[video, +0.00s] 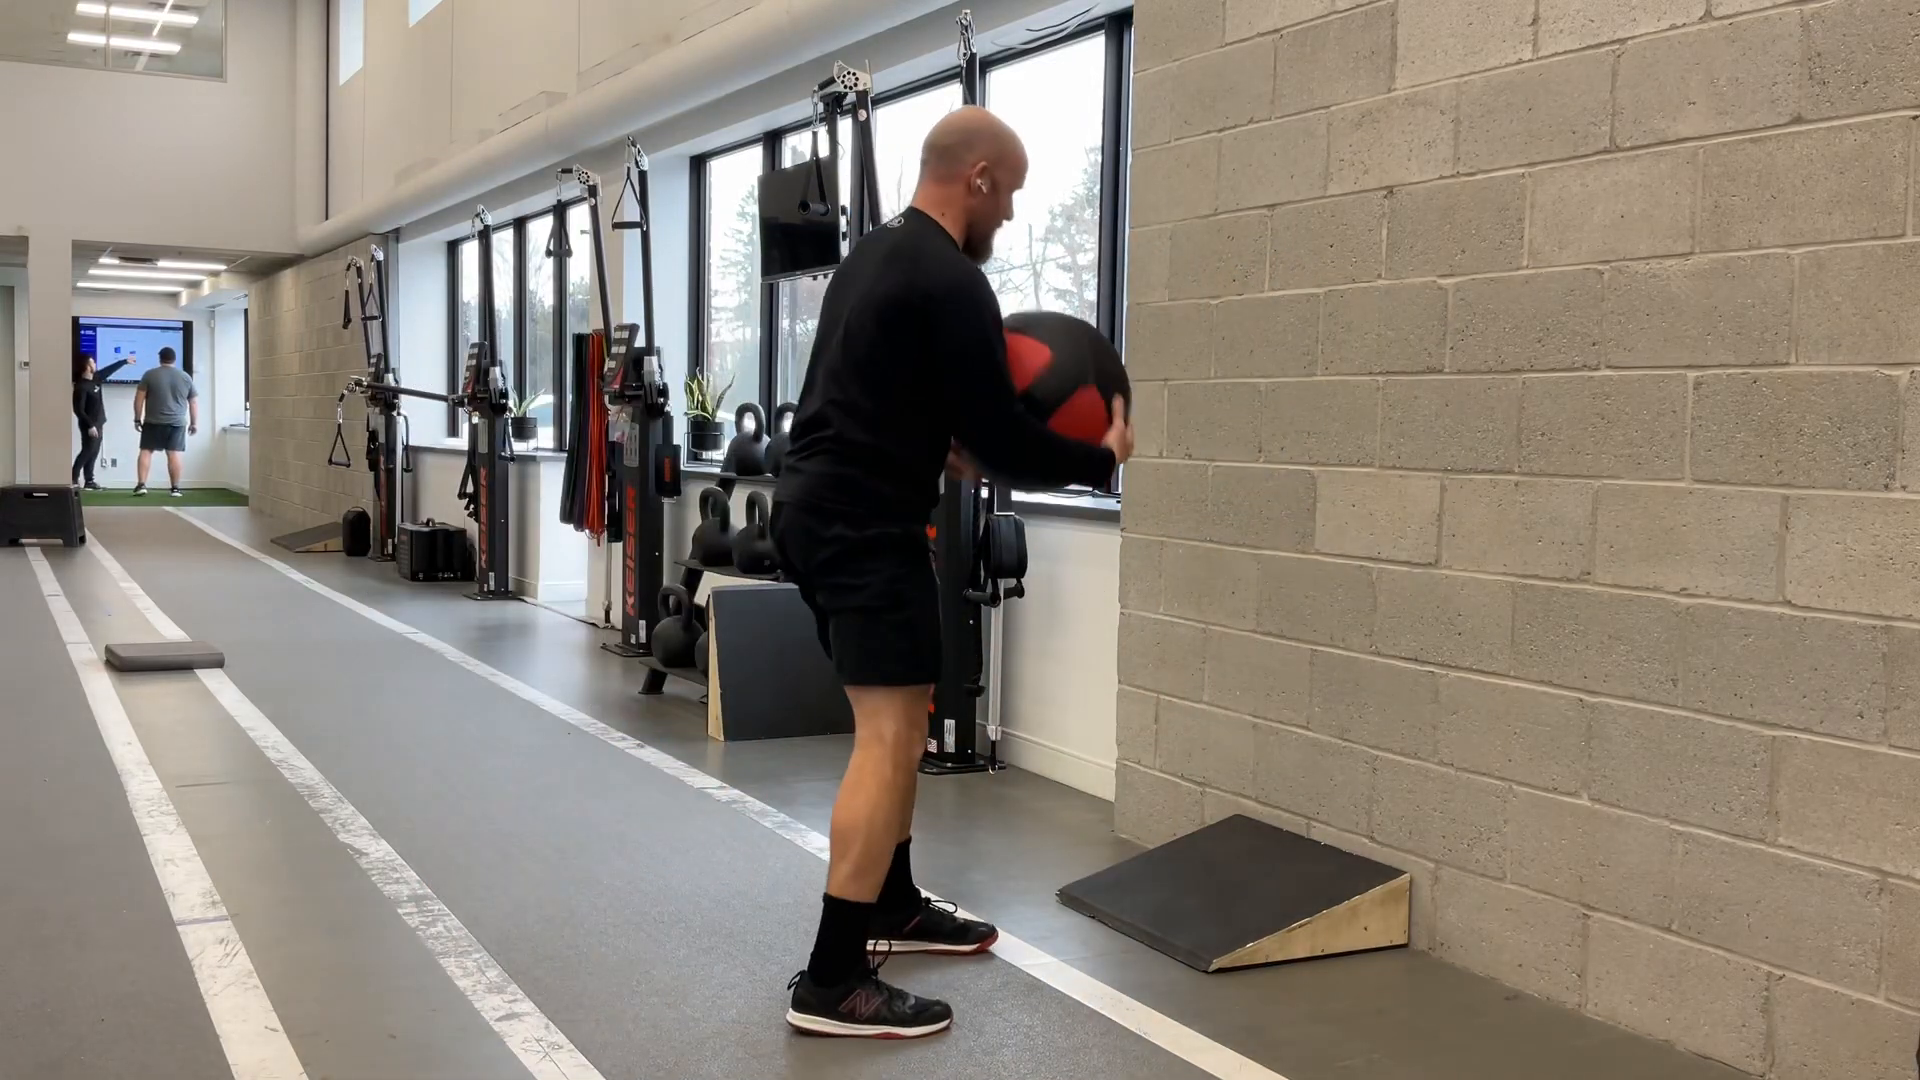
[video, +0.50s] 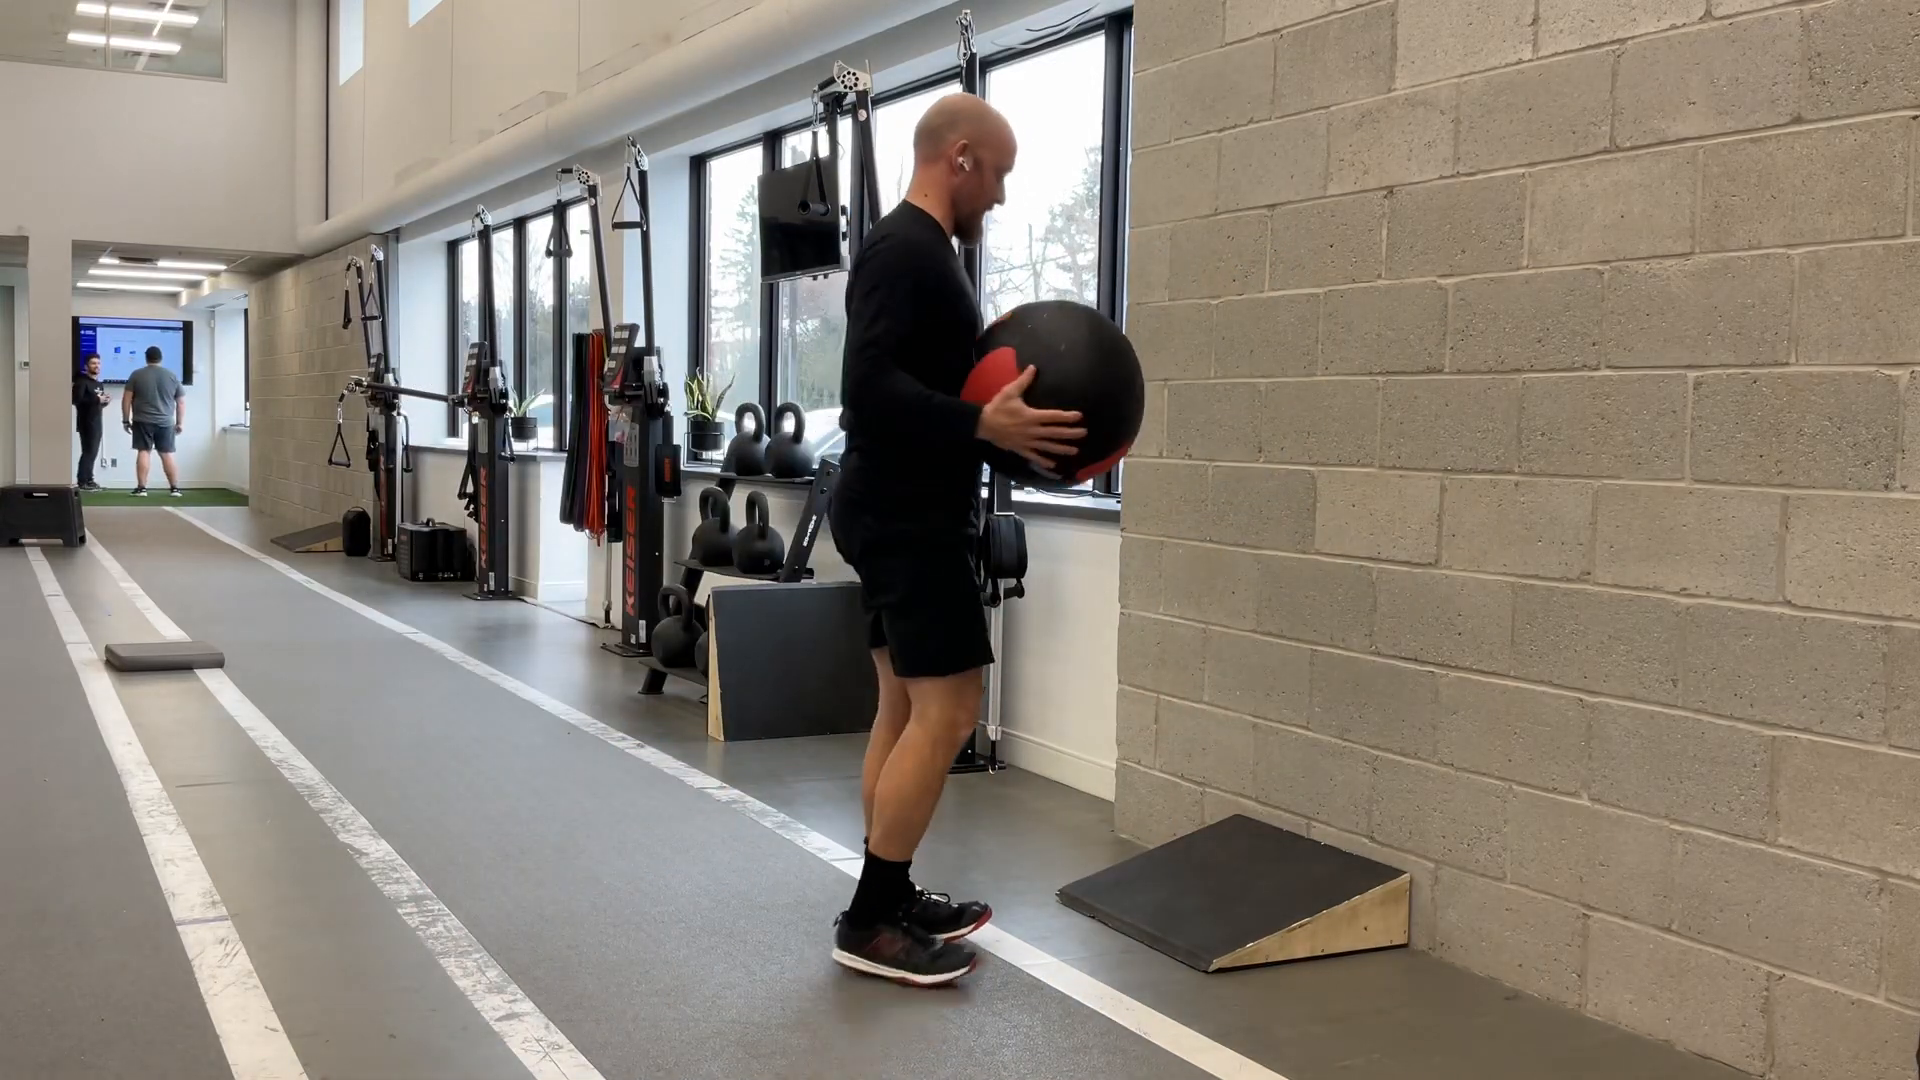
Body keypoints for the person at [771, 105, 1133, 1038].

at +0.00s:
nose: (1007, 217)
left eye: (1011, 199)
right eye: (1008, 197)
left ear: (939, 174)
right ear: (975, 182)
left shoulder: (878, 254)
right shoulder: (950, 284)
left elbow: (880, 398)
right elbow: (1004, 446)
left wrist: (953, 447)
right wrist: (1102, 456)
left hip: (833, 505)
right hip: (865, 518)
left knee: (902, 719)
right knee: (888, 734)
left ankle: (889, 902)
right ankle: (832, 978)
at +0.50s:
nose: (1000, 194)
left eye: (1003, 177)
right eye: (997, 174)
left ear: (948, 160)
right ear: (956, 162)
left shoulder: (926, 249)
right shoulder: (905, 250)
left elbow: (948, 382)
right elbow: (872, 390)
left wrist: (1053, 424)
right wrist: (981, 420)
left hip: (902, 507)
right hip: (908, 512)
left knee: (903, 708)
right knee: (948, 710)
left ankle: (891, 896)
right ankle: (870, 920)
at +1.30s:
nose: (1232, 304)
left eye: (1241, 290)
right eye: (1224, 287)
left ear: (1196, 268)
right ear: (1178, 261)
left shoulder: (1187, 324)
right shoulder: (1102, 332)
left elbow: (1158, 432)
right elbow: (1120, 468)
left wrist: (1224, 447)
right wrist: (1209, 439)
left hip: (1118, 510)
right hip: (1043, 512)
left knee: (1178, 674)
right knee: (1121, 672)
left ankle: (1144, 845)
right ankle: (1040, 849)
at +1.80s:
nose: (1249, 398)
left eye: (1262, 387)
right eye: (1242, 381)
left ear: (1279, 364)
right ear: (1204, 345)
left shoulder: (1211, 390)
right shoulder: (1144, 389)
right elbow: (1188, 526)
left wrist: (1271, 462)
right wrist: (1225, 469)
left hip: (1121, 541)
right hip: (1045, 543)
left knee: (1203, 686)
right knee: (1151, 690)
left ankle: (1148, 844)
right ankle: (1085, 858)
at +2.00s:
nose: (1179, 364)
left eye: (1188, 350)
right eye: (1169, 347)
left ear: (1192, 334)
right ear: (1125, 324)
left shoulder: (1125, 373)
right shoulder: (1092, 394)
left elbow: (1169, 421)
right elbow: (1169, 509)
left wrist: (1251, 439)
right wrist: (1215, 455)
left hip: (1056, 562)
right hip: (969, 563)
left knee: (1171, 695)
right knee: (943, 723)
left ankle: (1144, 848)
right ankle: (837, 873)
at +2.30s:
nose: (829, 281)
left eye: (842, 262)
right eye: (811, 262)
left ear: (857, 248)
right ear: (769, 243)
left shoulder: (857, 338)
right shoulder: (729, 313)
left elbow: (881, 449)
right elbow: (725, 444)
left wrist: (963, 473)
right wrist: (838, 454)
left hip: (784, 556)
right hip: (692, 557)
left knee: (927, 685)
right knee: (602, 742)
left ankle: (832, 821)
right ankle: (442, 933)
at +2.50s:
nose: (645, 389)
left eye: (663, 371)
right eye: (627, 370)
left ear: (691, 347)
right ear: (593, 344)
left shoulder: (717, 446)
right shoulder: (535, 407)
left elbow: (733, 585)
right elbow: (421, 497)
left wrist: (683, 658)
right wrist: (519, 527)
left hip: (640, 632)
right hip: (528, 616)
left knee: (663, 801)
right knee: (513, 781)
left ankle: (516, 869)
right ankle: (406, 949)